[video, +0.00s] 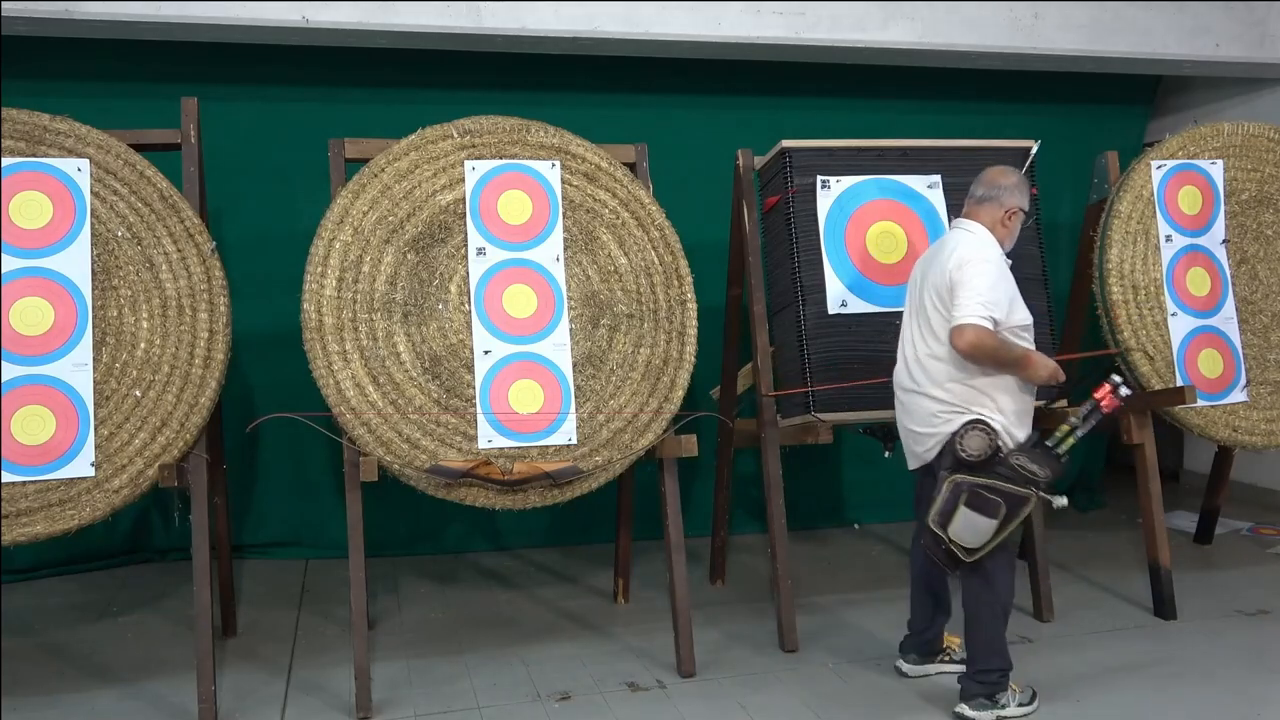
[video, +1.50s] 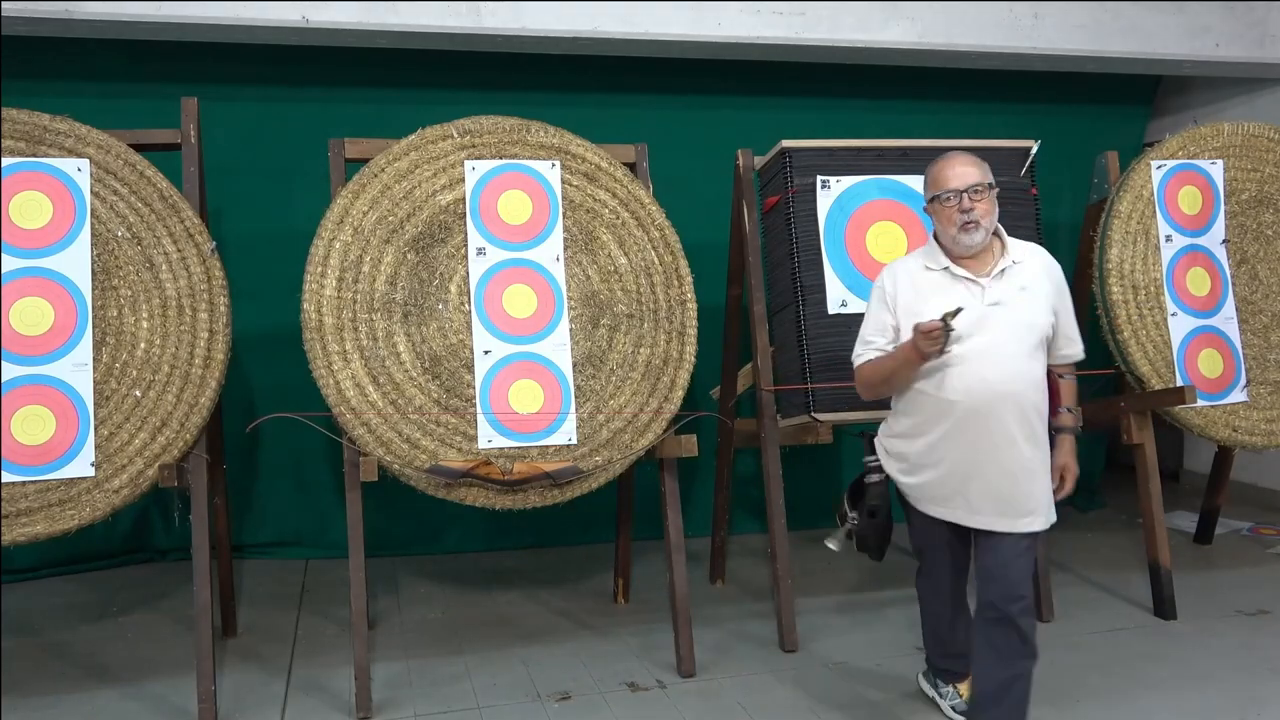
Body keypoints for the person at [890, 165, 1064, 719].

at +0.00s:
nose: (1020, 229)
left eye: (1022, 219)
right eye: (1021, 219)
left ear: (967, 207)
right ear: (1007, 213)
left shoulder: (937, 251)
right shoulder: (977, 253)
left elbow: (940, 343)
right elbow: (970, 336)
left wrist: (1022, 367)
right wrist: (1029, 362)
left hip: (929, 429)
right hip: (971, 433)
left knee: (932, 540)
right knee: (990, 557)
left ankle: (922, 646)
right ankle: (987, 688)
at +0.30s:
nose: (1015, 224)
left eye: (1015, 215)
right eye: (1015, 214)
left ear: (969, 203)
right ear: (1001, 210)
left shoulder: (944, 243)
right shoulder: (966, 248)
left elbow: (932, 328)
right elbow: (927, 325)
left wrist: (995, 355)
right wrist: (992, 352)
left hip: (929, 424)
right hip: (946, 433)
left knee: (933, 544)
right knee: (953, 554)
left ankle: (921, 646)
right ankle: (945, 675)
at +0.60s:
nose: (1022, 224)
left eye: (1024, 214)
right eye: (1021, 213)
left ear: (978, 204)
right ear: (1001, 210)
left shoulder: (944, 246)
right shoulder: (966, 255)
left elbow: (904, 328)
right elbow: (924, 340)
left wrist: (976, 355)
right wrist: (990, 365)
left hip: (932, 432)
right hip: (950, 441)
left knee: (935, 546)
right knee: (966, 555)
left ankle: (921, 648)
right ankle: (943, 671)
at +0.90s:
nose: (1018, 205)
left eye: (1016, 195)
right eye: (1006, 197)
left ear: (969, 205)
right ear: (967, 206)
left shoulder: (953, 245)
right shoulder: (952, 261)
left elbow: (902, 313)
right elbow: (911, 359)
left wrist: (981, 349)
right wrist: (991, 375)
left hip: (971, 438)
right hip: (967, 447)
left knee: (968, 545)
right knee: (972, 562)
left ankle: (935, 630)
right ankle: (942, 676)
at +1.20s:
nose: (983, 201)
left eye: (988, 189)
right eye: (966, 195)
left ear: (995, 193)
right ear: (936, 208)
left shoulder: (996, 257)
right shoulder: (916, 276)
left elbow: (1001, 340)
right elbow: (886, 378)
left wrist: (1049, 386)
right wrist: (968, 377)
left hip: (1020, 449)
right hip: (953, 459)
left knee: (1049, 557)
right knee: (961, 568)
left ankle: (1019, 669)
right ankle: (942, 676)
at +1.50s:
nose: (965, 207)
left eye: (976, 193)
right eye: (948, 199)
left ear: (995, 199)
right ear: (930, 211)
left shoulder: (1040, 269)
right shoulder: (900, 279)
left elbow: (1061, 365)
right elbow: (867, 384)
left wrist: (1065, 439)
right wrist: (911, 354)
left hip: (1016, 476)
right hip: (930, 474)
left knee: (1007, 611)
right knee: (941, 584)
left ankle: (999, 713)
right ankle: (948, 671)